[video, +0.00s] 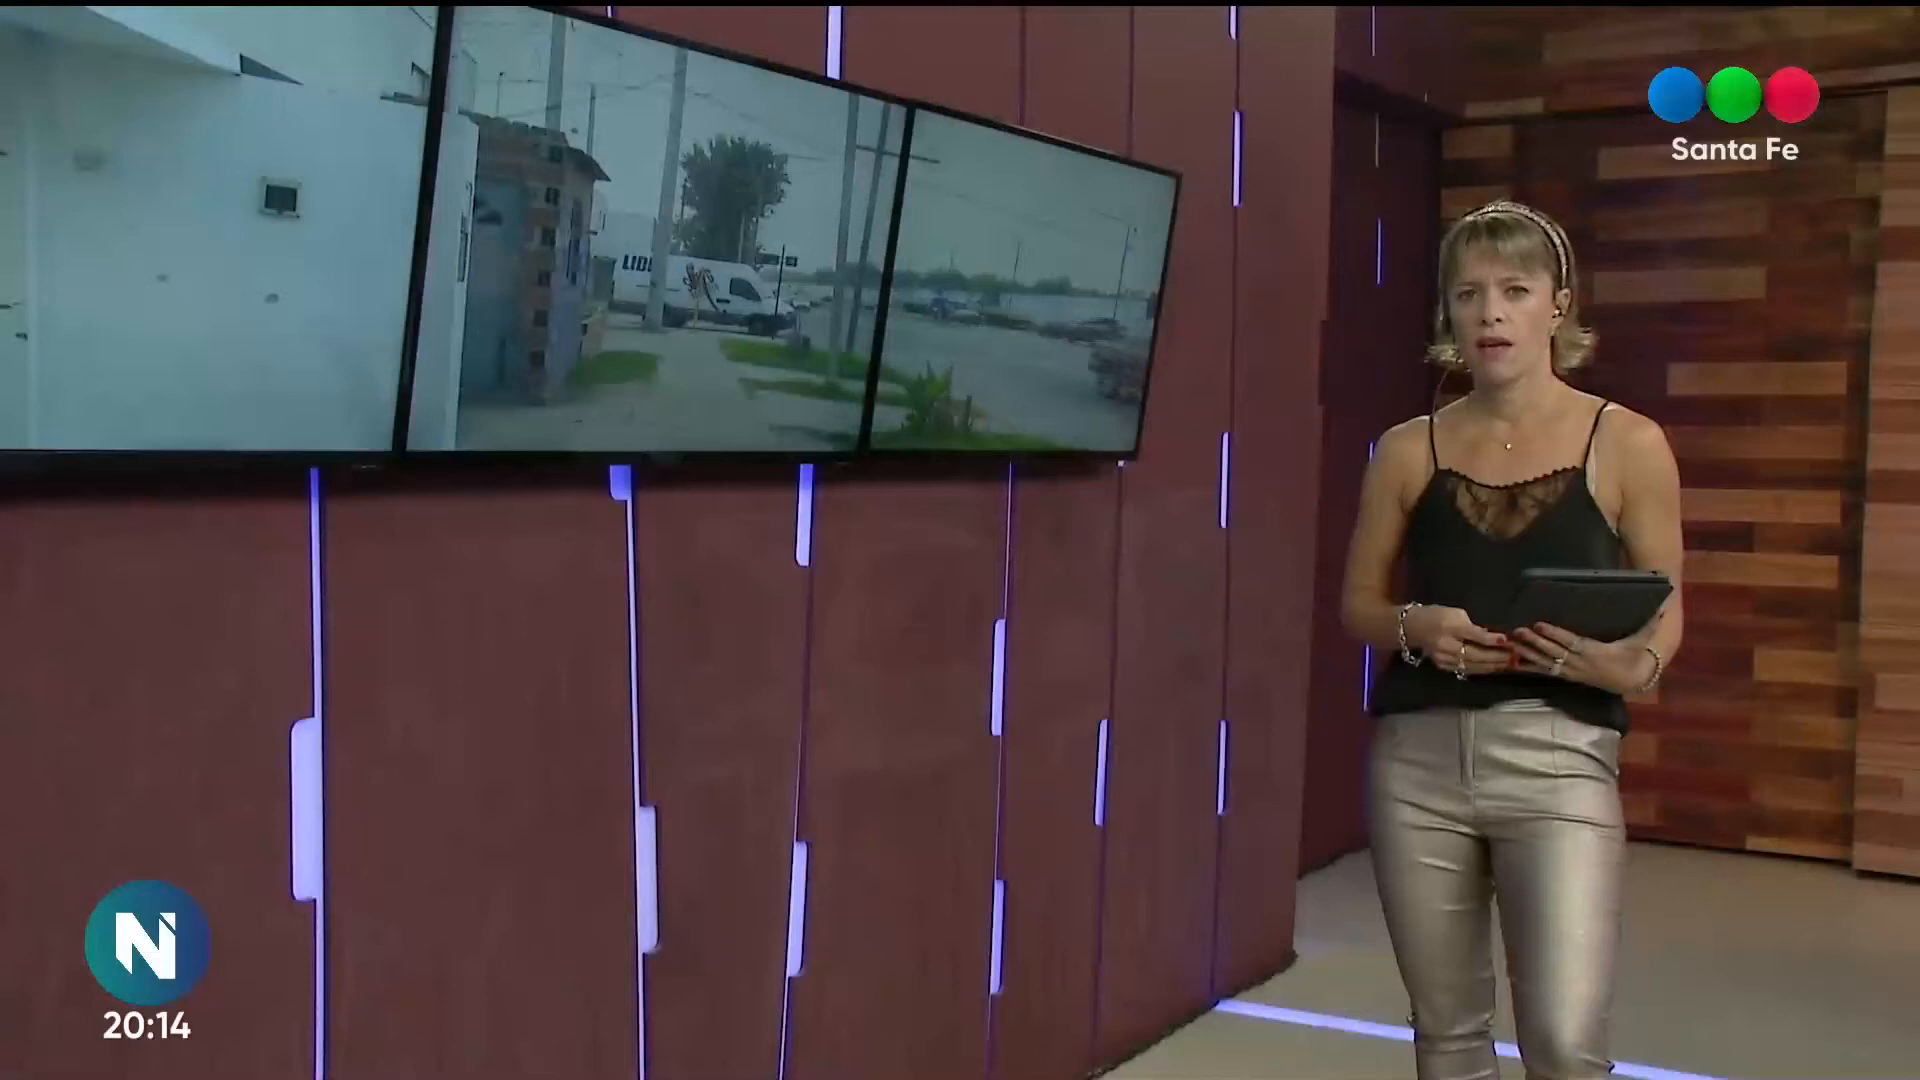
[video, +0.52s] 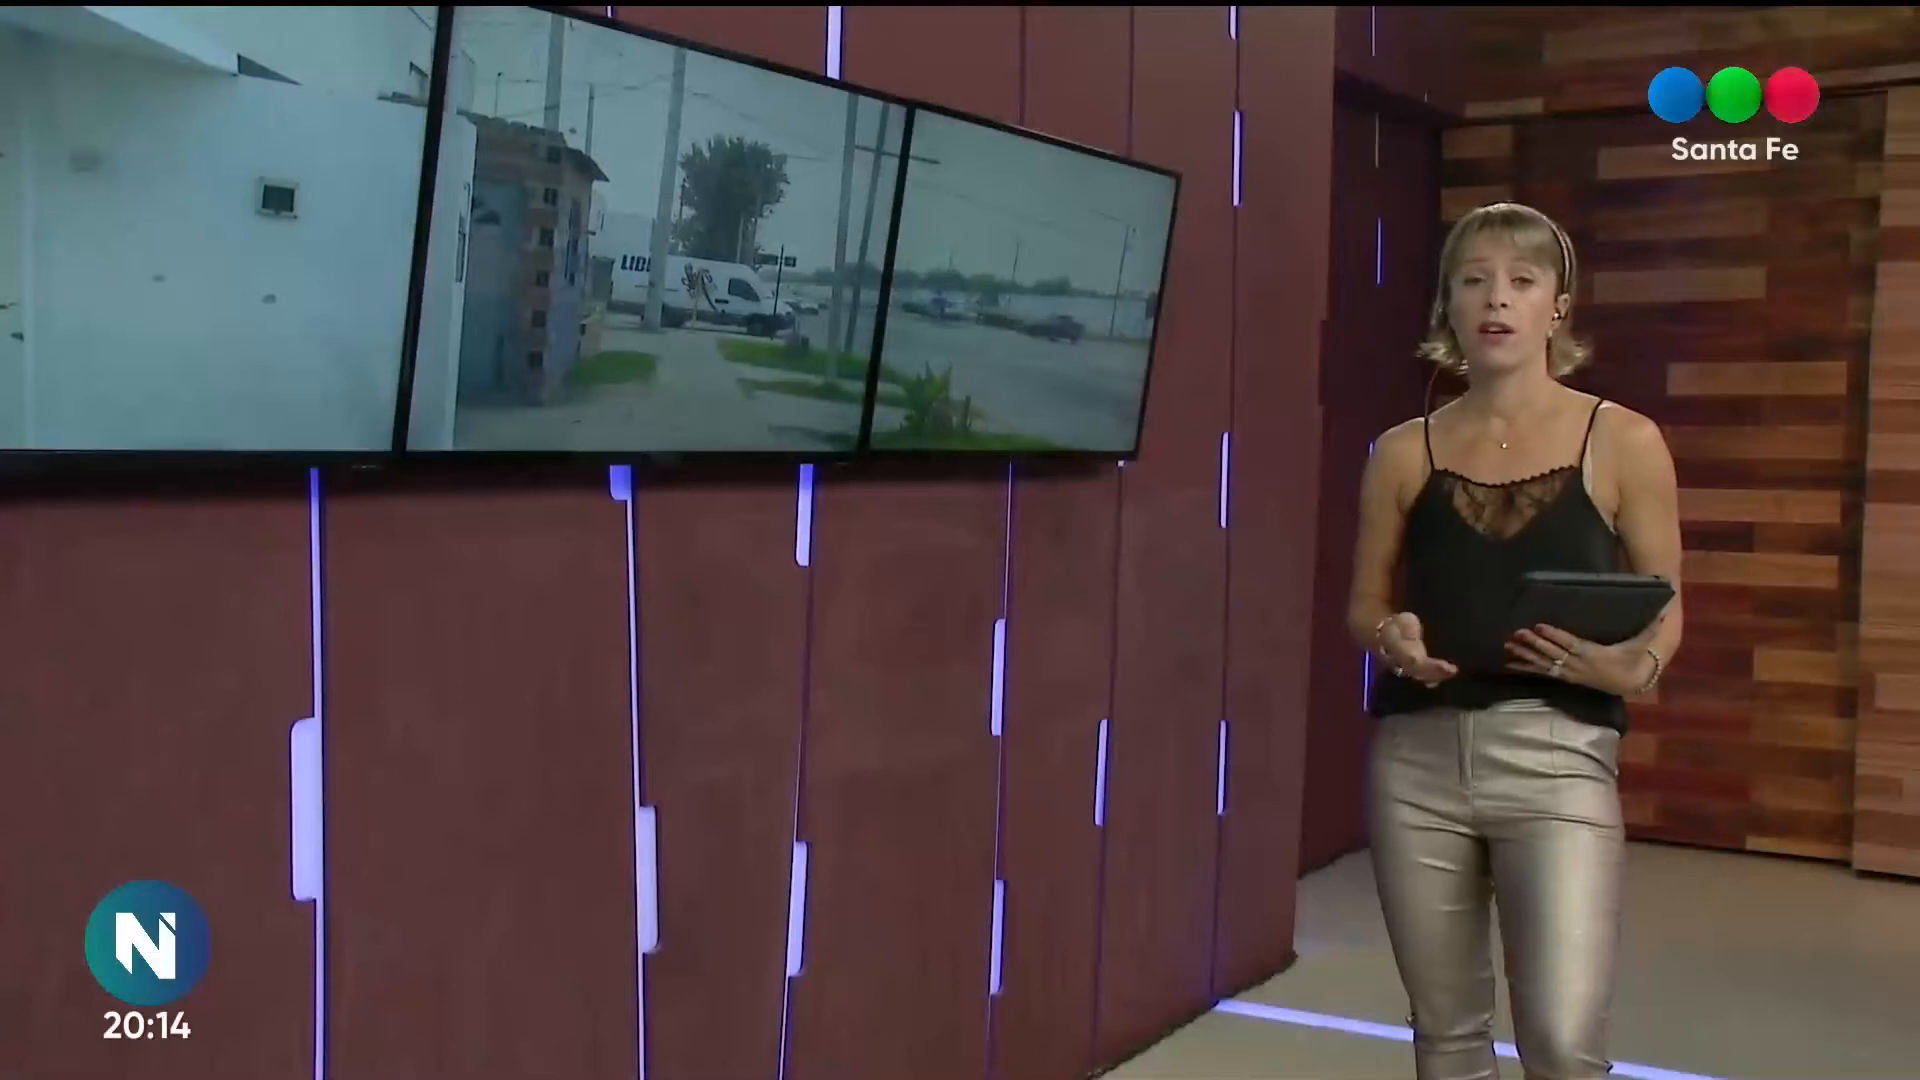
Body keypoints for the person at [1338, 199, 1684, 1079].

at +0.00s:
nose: (1489, 312)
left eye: (1513, 290)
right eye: (1470, 292)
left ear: (1558, 307)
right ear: (1448, 312)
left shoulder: (1628, 445)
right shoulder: (1407, 452)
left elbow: (1663, 611)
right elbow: (1358, 605)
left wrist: (1624, 668)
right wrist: (1411, 626)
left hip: (1557, 766)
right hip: (1416, 768)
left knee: (1563, 1048)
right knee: (1446, 1039)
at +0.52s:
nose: (1495, 299)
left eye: (1520, 281)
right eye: (1474, 281)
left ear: (1557, 309)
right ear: (1448, 307)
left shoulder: (1623, 442)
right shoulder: (1403, 454)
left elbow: (1662, 608)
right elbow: (1365, 605)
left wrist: (1625, 669)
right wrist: (1389, 635)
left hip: (1555, 763)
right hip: (1416, 764)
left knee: (1561, 1045)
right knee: (1446, 1039)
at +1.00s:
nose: (1497, 297)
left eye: (1523, 282)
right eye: (1477, 279)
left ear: (1554, 312)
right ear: (1447, 305)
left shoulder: (1619, 440)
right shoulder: (1399, 459)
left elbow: (1663, 599)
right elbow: (1360, 615)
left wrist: (1626, 665)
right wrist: (1405, 639)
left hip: (1558, 765)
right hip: (1417, 768)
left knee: (1563, 1047)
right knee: (1447, 1042)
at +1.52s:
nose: (1498, 303)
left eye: (1523, 287)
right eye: (1479, 284)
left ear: (1556, 314)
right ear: (1449, 307)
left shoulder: (1621, 442)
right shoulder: (1401, 459)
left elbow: (1664, 599)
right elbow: (1358, 614)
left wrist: (1632, 665)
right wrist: (1411, 634)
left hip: (1559, 767)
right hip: (1417, 769)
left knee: (1565, 1049)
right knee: (1448, 1042)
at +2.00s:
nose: (1497, 304)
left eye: (1523, 288)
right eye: (1478, 284)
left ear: (1559, 313)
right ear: (1450, 305)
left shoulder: (1623, 444)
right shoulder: (1404, 459)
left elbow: (1666, 603)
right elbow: (1360, 612)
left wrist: (1629, 665)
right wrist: (1410, 631)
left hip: (1559, 766)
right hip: (1418, 768)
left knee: (1565, 1049)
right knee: (1447, 1042)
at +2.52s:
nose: (1499, 304)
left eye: (1525, 288)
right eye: (1481, 284)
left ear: (1559, 313)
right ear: (1452, 306)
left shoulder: (1624, 444)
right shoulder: (1405, 459)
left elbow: (1667, 605)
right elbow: (1360, 612)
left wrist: (1631, 665)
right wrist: (1410, 632)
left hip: (1560, 766)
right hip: (1418, 768)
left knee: (1566, 1048)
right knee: (1448, 1041)